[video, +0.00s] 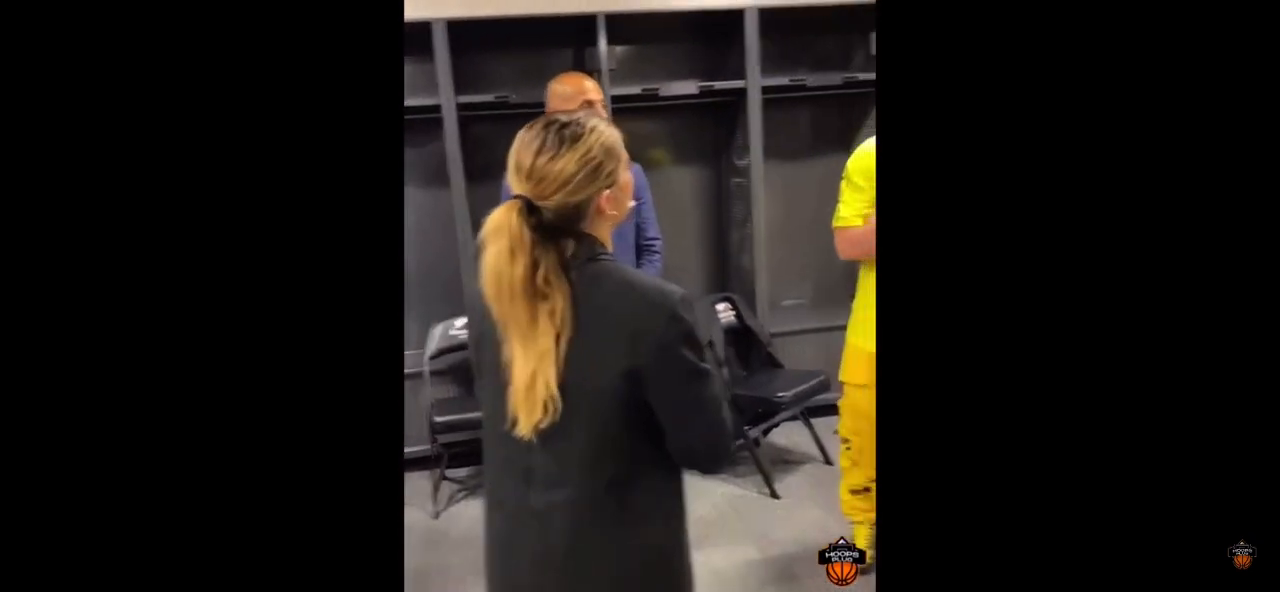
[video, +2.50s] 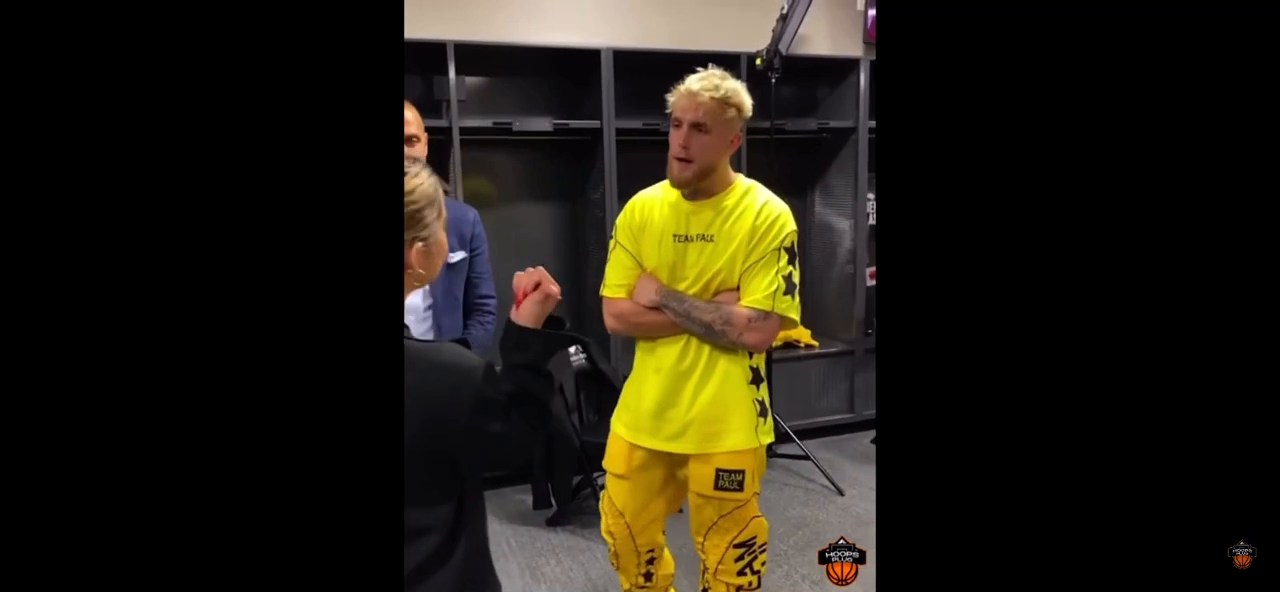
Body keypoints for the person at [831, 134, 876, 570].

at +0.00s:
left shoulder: (866, 158)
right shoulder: (867, 157)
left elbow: (846, 242)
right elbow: (847, 243)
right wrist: (875, 230)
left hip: (868, 329)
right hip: (869, 328)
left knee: (861, 431)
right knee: (860, 429)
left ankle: (864, 534)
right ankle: (863, 533)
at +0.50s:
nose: (784, 119)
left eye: (801, 113)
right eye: (781, 107)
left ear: (827, 128)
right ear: (771, 110)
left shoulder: (848, 192)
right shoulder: (734, 184)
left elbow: (842, 291)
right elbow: (717, 275)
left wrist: (759, 253)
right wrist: (804, 265)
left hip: (820, 363)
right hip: (745, 358)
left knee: (835, 486)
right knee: (723, 475)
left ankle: (841, 583)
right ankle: (696, 576)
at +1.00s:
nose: (662, 131)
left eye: (677, 121)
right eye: (656, 118)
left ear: (701, 130)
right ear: (647, 124)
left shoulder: (728, 191)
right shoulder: (621, 198)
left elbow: (737, 281)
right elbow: (614, 289)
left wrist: (654, 263)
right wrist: (701, 273)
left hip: (716, 371)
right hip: (641, 375)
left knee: (758, 498)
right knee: (649, 506)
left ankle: (787, 584)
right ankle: (653, 586)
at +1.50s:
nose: (645, 117)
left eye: (659, 106)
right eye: (637, 104)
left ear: (682, 116)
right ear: (626, 110)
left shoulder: (712, 177)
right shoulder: (600, 187)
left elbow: (726, 269)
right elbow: (593, 281)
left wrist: (634, 254)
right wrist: (681, 265)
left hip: (703, 360)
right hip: (628, 368)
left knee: (738, 491)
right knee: (651, 501)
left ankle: (759, 583)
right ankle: (662, 583)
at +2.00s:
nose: (668, 128)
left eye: (684, 116)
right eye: (661, 113)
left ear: (713, 126)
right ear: (651, 119)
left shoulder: (746, 198)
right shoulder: (621, 200)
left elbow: (752, 298)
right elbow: (611, 298)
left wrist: (653, 274)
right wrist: (705, 288)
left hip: (722, 390)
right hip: (643, 392)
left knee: (741, 539)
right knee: (665, 541)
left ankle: (745, 585)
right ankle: (670, 587)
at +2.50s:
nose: (680, 141)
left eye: (698, 129)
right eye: (676, 126)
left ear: (734, 141)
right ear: (667, 129)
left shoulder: (767, 217)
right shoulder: (641, 209)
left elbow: (757, 332)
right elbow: (617, 317)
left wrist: (661, 294)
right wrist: (714, 312)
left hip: (726, 420)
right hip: (645, 411)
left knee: (728, 556)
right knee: (625, 536)